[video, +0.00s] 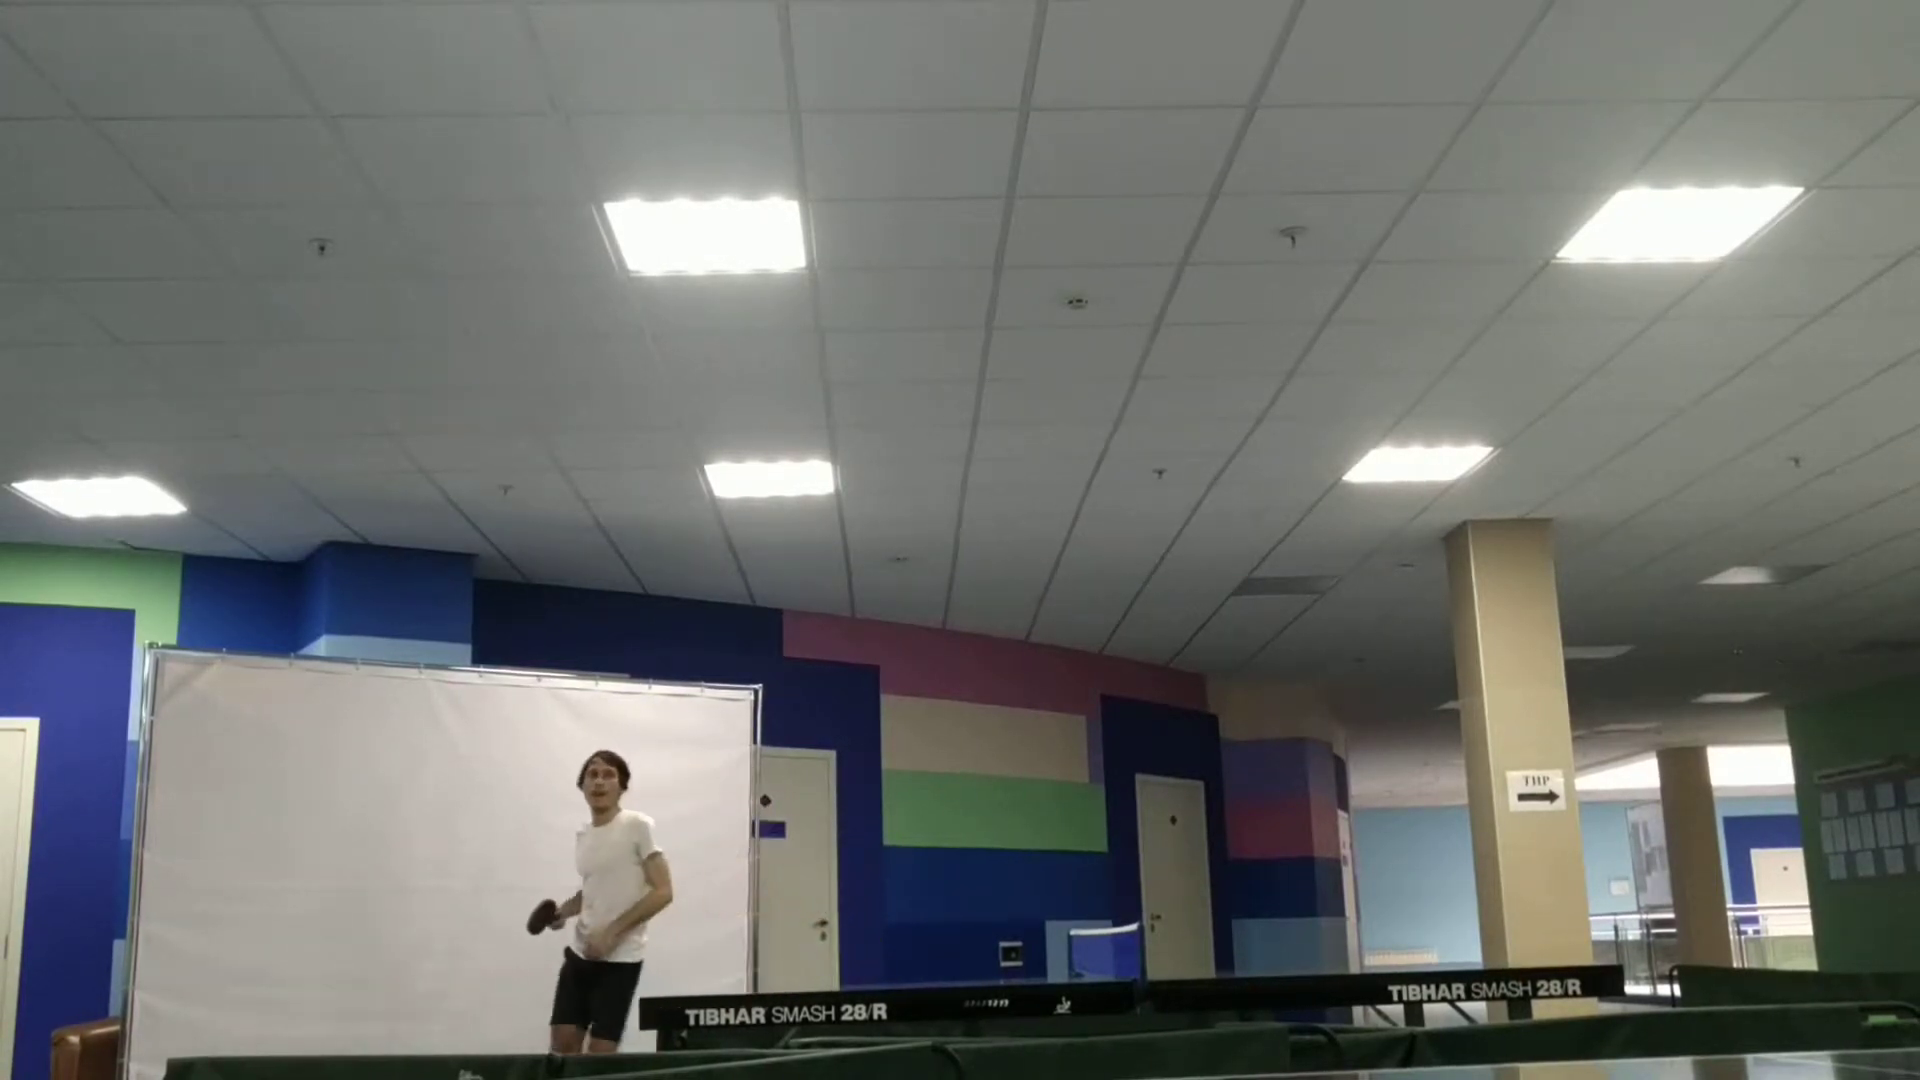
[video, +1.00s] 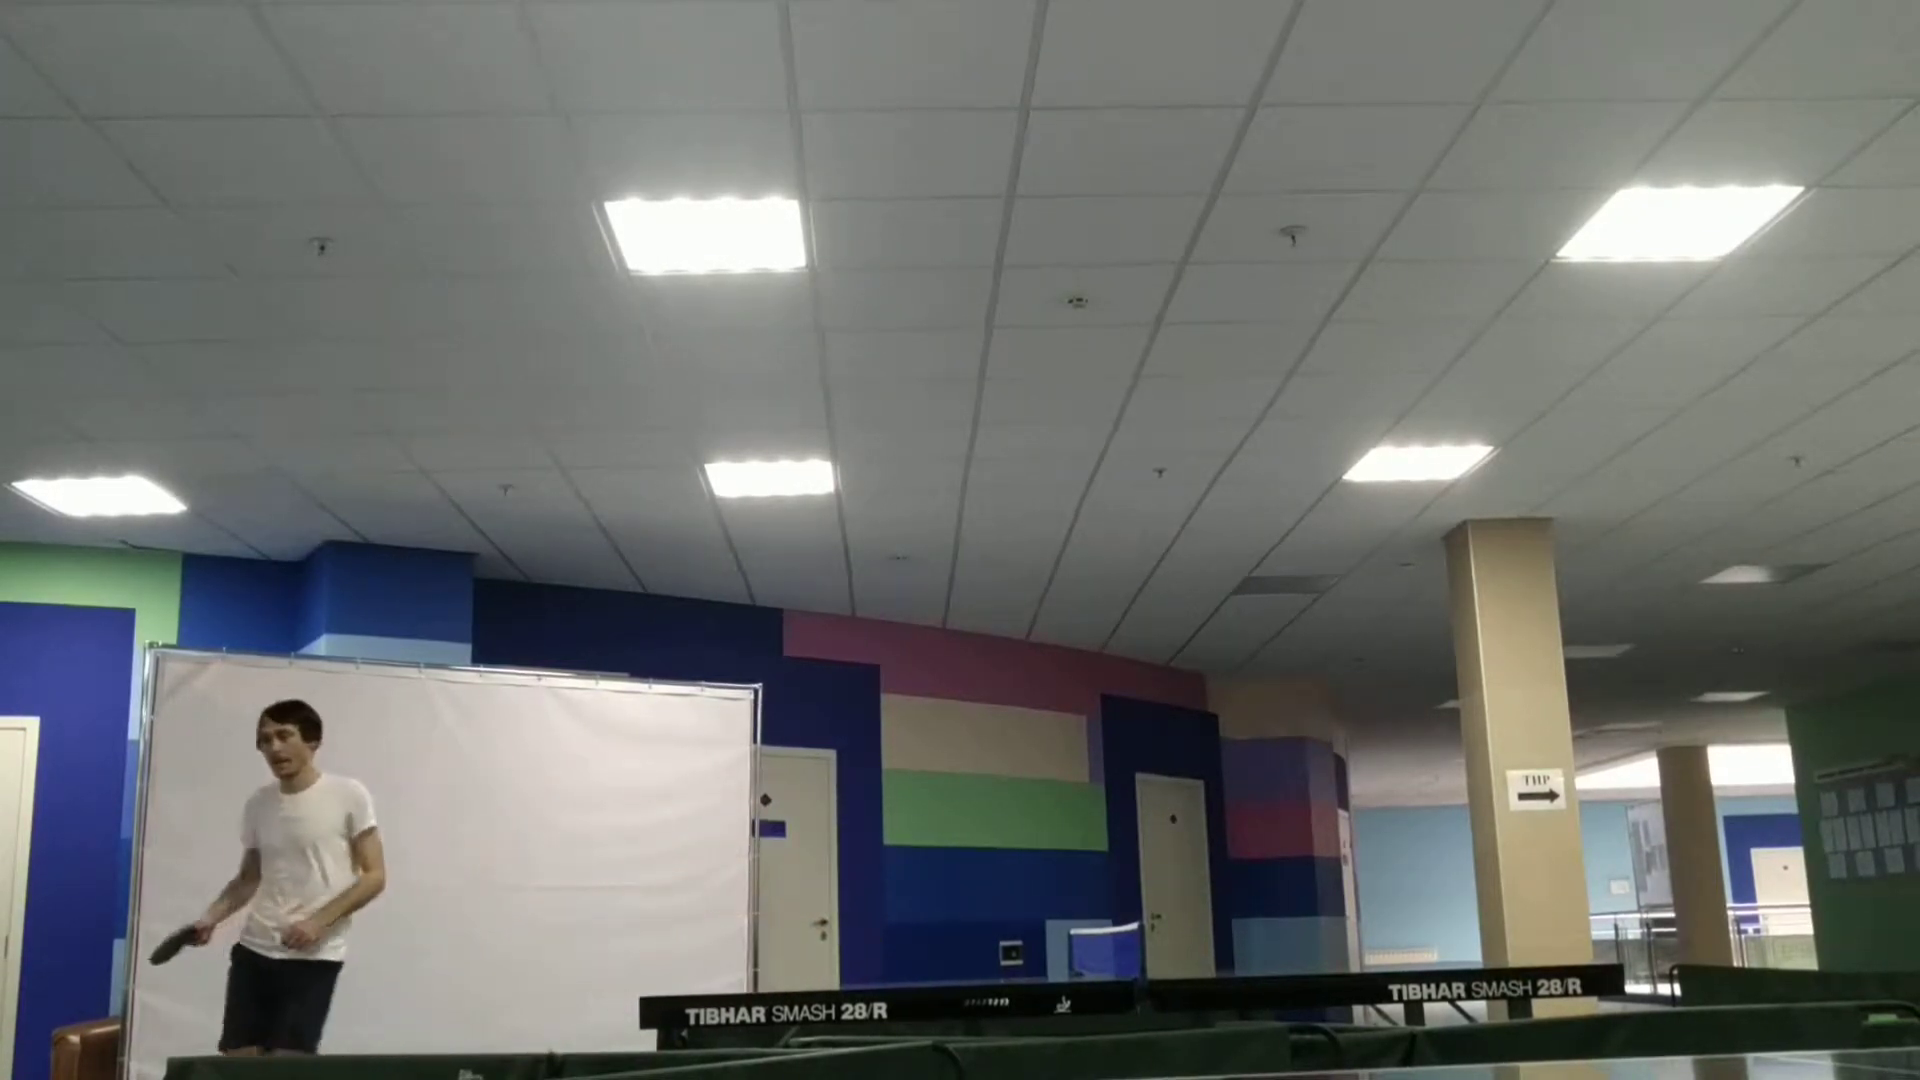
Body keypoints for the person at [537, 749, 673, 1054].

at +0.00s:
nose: (599, 781)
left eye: (609, 775)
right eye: (592, 774)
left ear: (622, 787)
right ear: (582, 785)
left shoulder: (637, 826)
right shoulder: (584, 836)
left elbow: (663, 892)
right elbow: (591, 892)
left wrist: (612, 932)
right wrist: (560, 913)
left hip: (619, 962)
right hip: (579, 957)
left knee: (599, 1057)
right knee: (562, 1050)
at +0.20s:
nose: (548, 777)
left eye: (558, 770)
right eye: (541, 769)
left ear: (571, 780)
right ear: (529, 779)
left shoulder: (588, 825)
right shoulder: (518, 829)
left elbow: (612, 891)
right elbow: (493, 885)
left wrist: (563, 933)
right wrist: (477, 902)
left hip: (566, 956)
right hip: (523, 955)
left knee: (521, 1049)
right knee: (548, 1050)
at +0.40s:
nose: (489, 776)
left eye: (500, 770)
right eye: (482, 768)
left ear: (516, 782)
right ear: (472, 778)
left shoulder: (531, 831)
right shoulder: (457, 829)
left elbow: (553, 900)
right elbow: (431, 884)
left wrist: (503, 941)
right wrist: (414, 907)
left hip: (502, 961)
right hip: (458, 960)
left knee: (461, 1052)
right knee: (458, 1055)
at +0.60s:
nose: (420, 761)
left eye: (431, 752)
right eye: (414, 753)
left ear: (452, 762)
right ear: (407, 761)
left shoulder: (475, 813)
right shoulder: (400, 812)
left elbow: (494, 887)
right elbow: (392, 880)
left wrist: (441, 923)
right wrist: (370, 921)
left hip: (447, 962)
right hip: (395, 958)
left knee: (435, 1064)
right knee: (361, 1056)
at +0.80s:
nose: (344, 769)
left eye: (353, 757)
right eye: (336, 761)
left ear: (379, 764)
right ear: (330, 770)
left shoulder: (410, 817)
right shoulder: (333, 821)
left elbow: (434, 894)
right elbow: (342, 886)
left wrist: (375, 920)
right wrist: (310, 931)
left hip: (386, 976)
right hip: (327, 973)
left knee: (399, 1070)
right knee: (294, 1060)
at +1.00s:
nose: (275, 748)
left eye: (284, 737)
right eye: (266, 741)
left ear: (312, 742)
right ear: (260, 749)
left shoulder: (349, 796)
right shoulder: (259, 804)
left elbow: (374, 878)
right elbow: (249, 877)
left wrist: (318, 923)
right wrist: (210, 919)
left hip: (313, 959)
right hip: (254, 953)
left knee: (288, 1062)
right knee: (239, 1059)